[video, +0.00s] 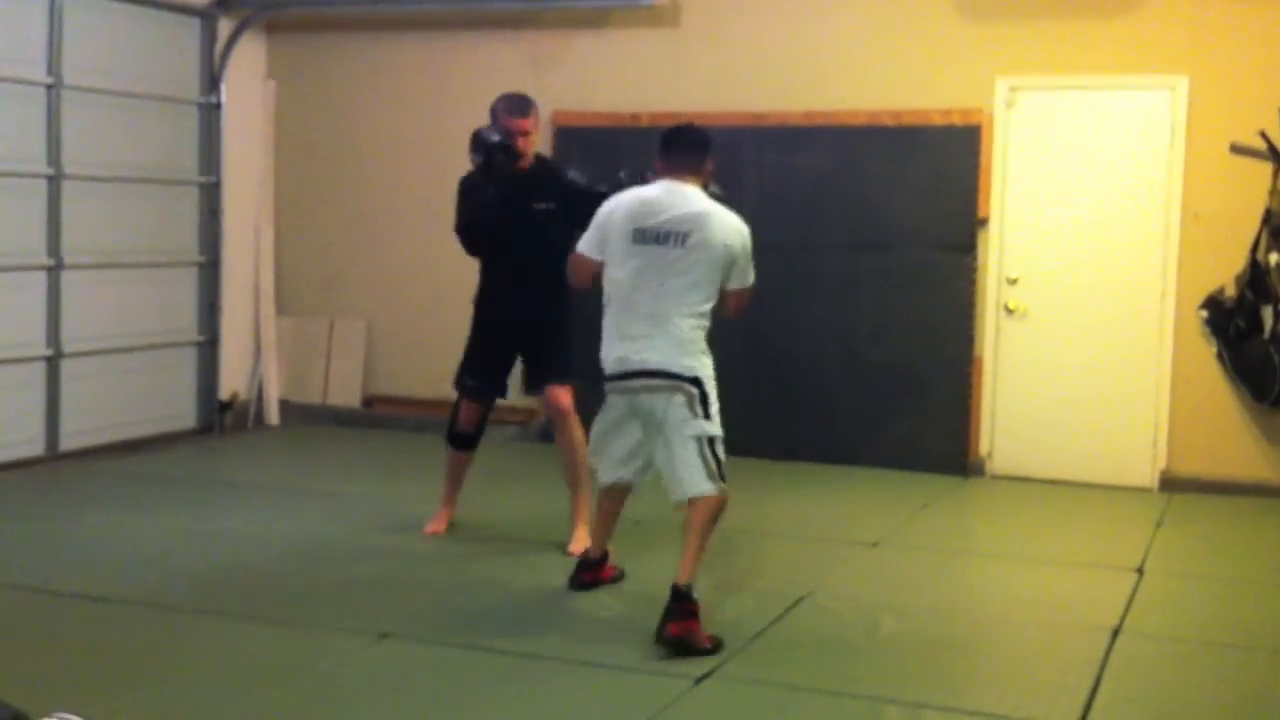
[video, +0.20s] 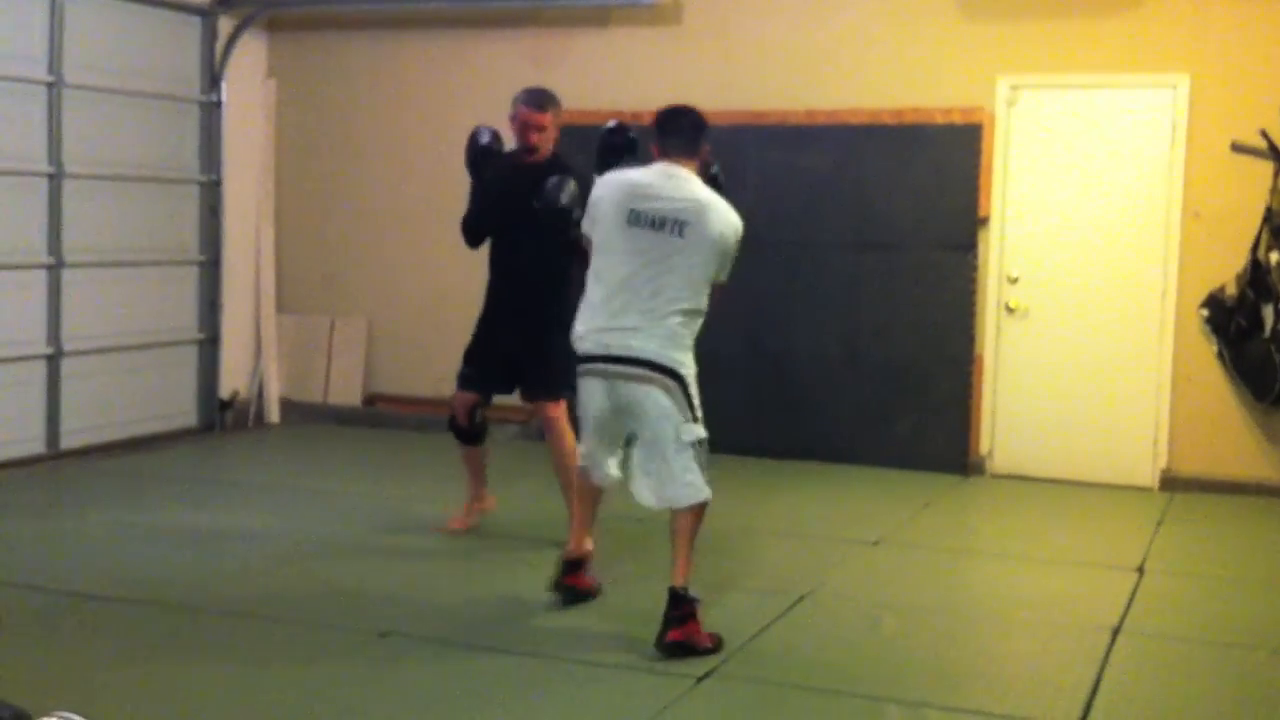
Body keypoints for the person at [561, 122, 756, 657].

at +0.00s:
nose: (706, 175)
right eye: (709, 168)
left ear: (658, 163)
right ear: (706, 169)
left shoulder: (618, 207)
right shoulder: (728, 226)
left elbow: (581, 274)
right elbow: (734, 305)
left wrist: (632, 273)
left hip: (622, 365)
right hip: (683, 368)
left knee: (616, 469)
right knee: (708, 487)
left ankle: (593, 560)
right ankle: (681, 604)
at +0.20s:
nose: (702, 158)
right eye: (706, 151)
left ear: (654, 144)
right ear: (705, 152)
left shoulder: (608, 185)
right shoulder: (722, 218)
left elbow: (590, 250)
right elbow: (713, 285)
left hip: (594, 353)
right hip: (663, 362)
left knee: (595, 455)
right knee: (687, 483)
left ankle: (575, 559)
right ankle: (679, 608)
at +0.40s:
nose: (675, 168)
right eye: (675, 161)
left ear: (620, 158)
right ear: (670, 163)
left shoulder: (586, 208)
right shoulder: (695, 219)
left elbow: (589, 280)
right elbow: (696, 305)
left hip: (570, 367)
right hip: (637, 376)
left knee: (569, 485)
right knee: (724, 483)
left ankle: (536, 589)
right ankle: (694, 598)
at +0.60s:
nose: (671, 167)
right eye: (678, 158)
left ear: (626, 153)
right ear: (681, 161)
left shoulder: (577, 204)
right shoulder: (701, 223)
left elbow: (546, 287)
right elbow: (692, 305)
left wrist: (607, 279)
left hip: (574, 368)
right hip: (643, 371)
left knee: (565, 488)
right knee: (659, 508)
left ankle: (536, 588)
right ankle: (660, 653)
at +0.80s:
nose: (601, 153)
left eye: (595, 143)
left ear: (597, 144)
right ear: (652, 141)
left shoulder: (569, 203)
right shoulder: (696, 204)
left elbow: (563, 277)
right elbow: (690, 282)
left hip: (581, 365)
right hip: (651, 370)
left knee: (557, 485)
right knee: (666, 504)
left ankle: (525, 597)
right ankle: (667, 652)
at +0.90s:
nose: (570, 159)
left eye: (567, 151)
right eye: (570, 151)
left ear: (574, 149)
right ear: (630, 137)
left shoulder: (558, 210)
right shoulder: (682, 191)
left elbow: (577, 278)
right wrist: (649, 164)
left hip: (575, 367)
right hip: (646, 369)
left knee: (556, 485)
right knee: (684, 502)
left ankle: (526, 598)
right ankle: (673, 646)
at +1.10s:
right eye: (639, 141)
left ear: (586, 144)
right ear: (643, 146)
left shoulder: (550, 198)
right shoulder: (672, 211)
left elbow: (566, 264)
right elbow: (663, 278)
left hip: (550, 371)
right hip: (622, 374)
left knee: (546, 490)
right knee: (695, 501)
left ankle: (522, 600)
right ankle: (678, 630)